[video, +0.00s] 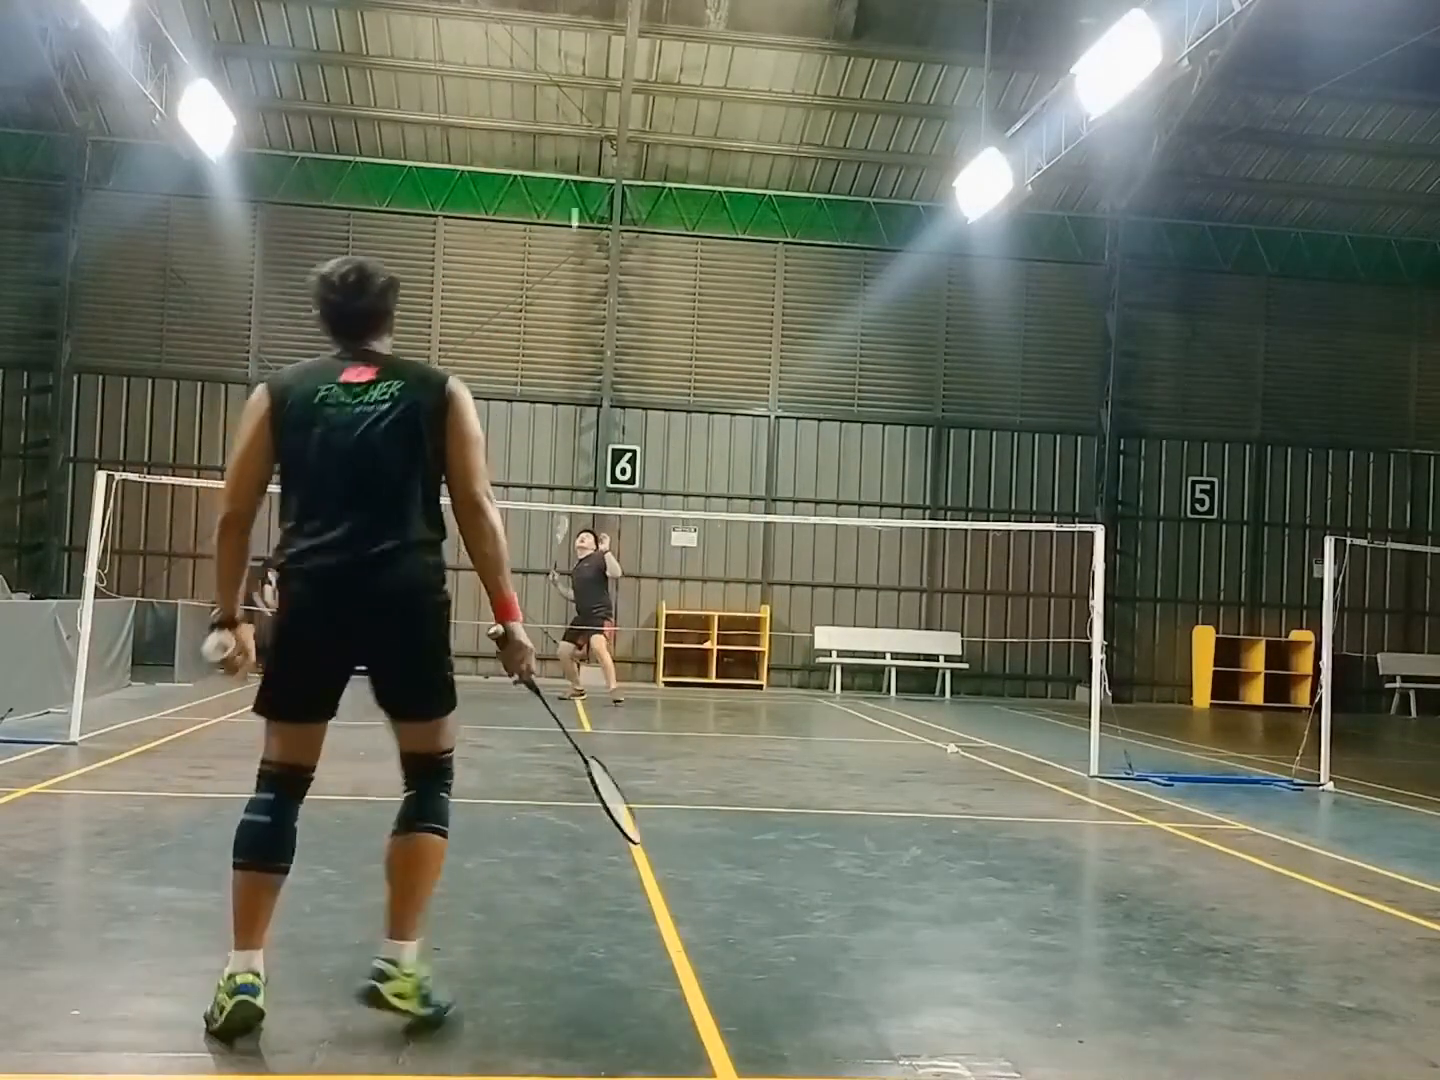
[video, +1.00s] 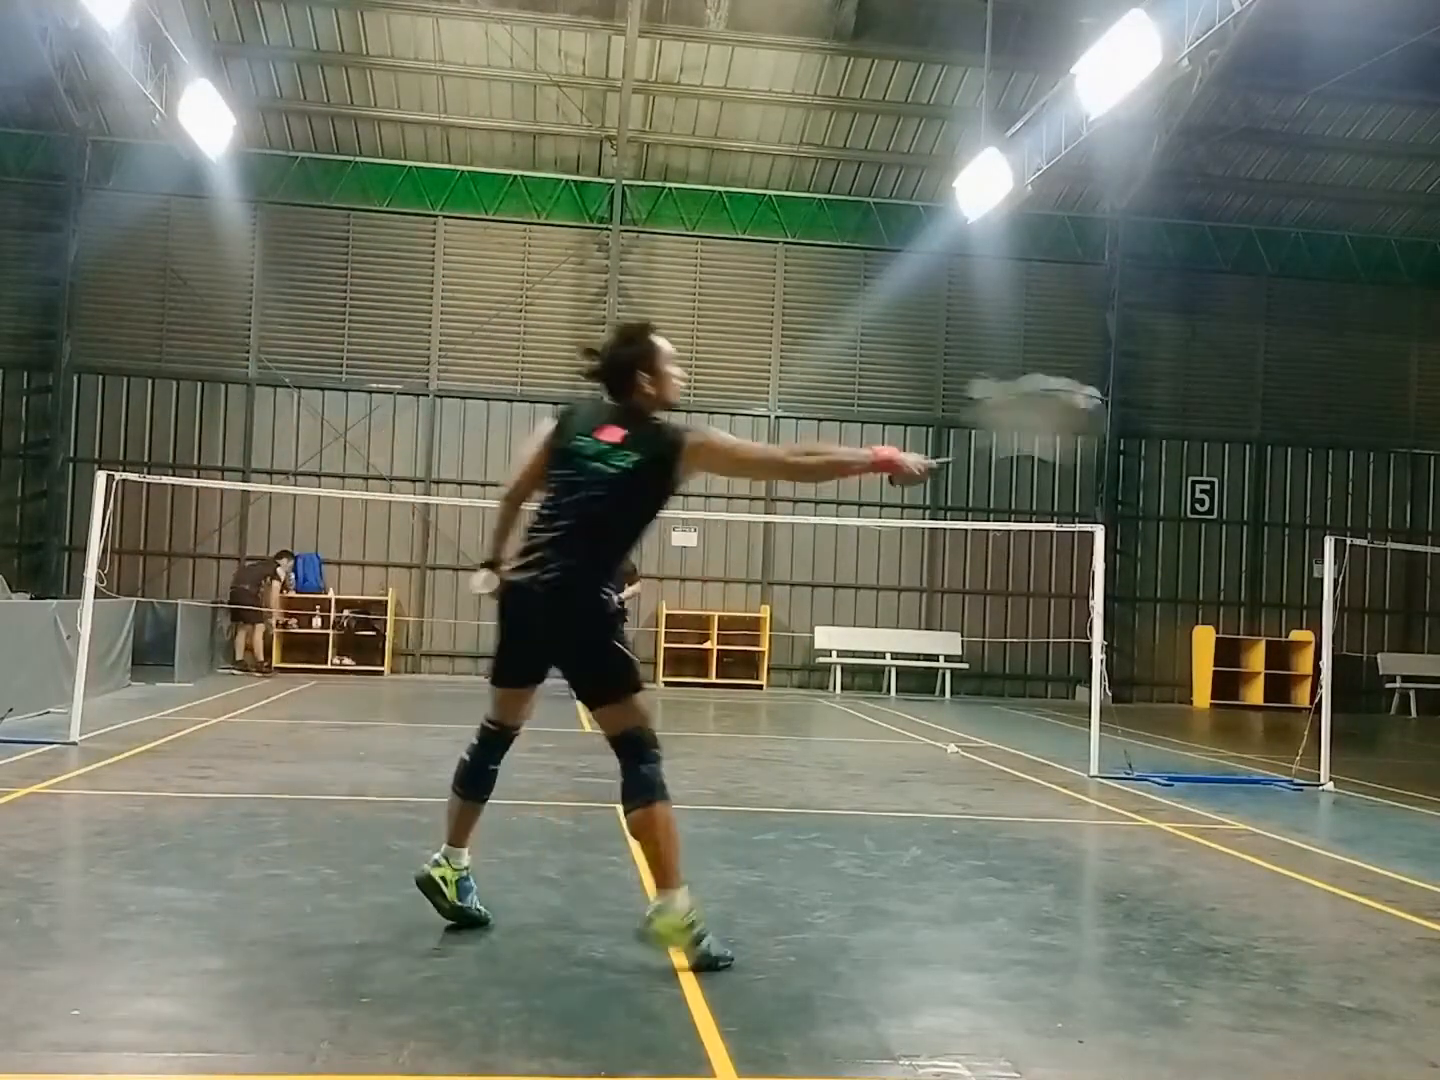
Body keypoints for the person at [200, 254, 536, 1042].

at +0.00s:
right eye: (384, 313)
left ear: (323, 321)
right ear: (392, 319)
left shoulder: (281, 394)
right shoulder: (440, 392)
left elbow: (236, 510)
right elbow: (475, 509)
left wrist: (229, 615)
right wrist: (510, 619)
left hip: (311, 610)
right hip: (409, 611)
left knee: (280, 782)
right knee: (427, 776)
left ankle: (245, 974)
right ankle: (401, 963)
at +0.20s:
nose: (450, 367)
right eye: (455, 357)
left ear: (395, 361)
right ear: (456, 362)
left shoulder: (347, 427)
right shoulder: (485, 431)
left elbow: (283, 526)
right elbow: (500, 542)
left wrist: (285, 619)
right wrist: (523, 659)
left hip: (355, 627)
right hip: (443, 630)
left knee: (313, 779)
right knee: (456, 789)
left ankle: (254, 946)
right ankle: (458, 937)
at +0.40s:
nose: (515, 371)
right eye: (517, 362)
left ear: (459, 362)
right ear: (517, 367)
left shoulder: (410, 424)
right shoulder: (540, 439)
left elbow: (368, 522)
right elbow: (549, 549)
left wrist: (350, 602)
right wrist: (566, 648)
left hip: (415, 620)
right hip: (492, 628)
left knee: (399, 753)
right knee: (487, 774)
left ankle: (342, 866)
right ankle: (461, 932)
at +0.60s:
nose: (545, 375)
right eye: (546, 366)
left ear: (489, 368)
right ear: (545, 370)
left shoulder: (444, 424)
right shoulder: (562, 435)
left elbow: (409, 517)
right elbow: (575, 537)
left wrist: (407, 603)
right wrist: (610, 617)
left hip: (447, 608)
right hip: (513, 612)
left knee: (464, 743)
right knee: (523, 757)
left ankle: (444, 891)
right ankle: (464, 910)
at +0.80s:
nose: (592, 394)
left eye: (589, 383)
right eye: (588, 385)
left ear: (532, 392)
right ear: (572, 393)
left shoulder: (487, 448)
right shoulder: (581, 461)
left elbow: (446, 533)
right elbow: (609, 547)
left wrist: (435, 612)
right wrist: (698, 545)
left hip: (482, 629)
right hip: (550, 627)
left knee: (484, 758)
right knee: (627, 745)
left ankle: (440, 898)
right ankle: (580, 891)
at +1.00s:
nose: (681, 375)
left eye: (676, 364)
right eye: (671, 366)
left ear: (627, 378)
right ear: (643, 381)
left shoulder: (577, 414)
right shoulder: (673, 440)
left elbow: (515, 491)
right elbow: (786, 463)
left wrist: (498, 557)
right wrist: (874, 461)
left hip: (522, 593)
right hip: (581, 606)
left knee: (496, 731)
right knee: (637, 751)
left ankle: (449, 864)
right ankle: (673, 909)